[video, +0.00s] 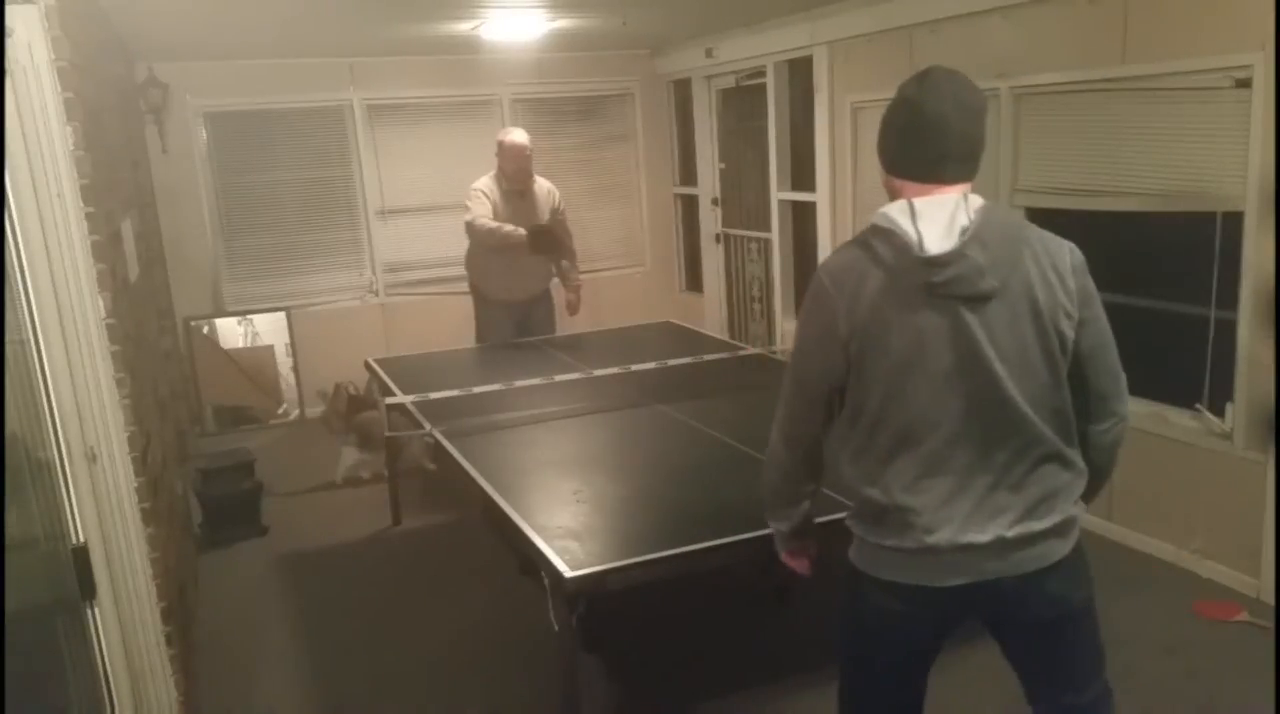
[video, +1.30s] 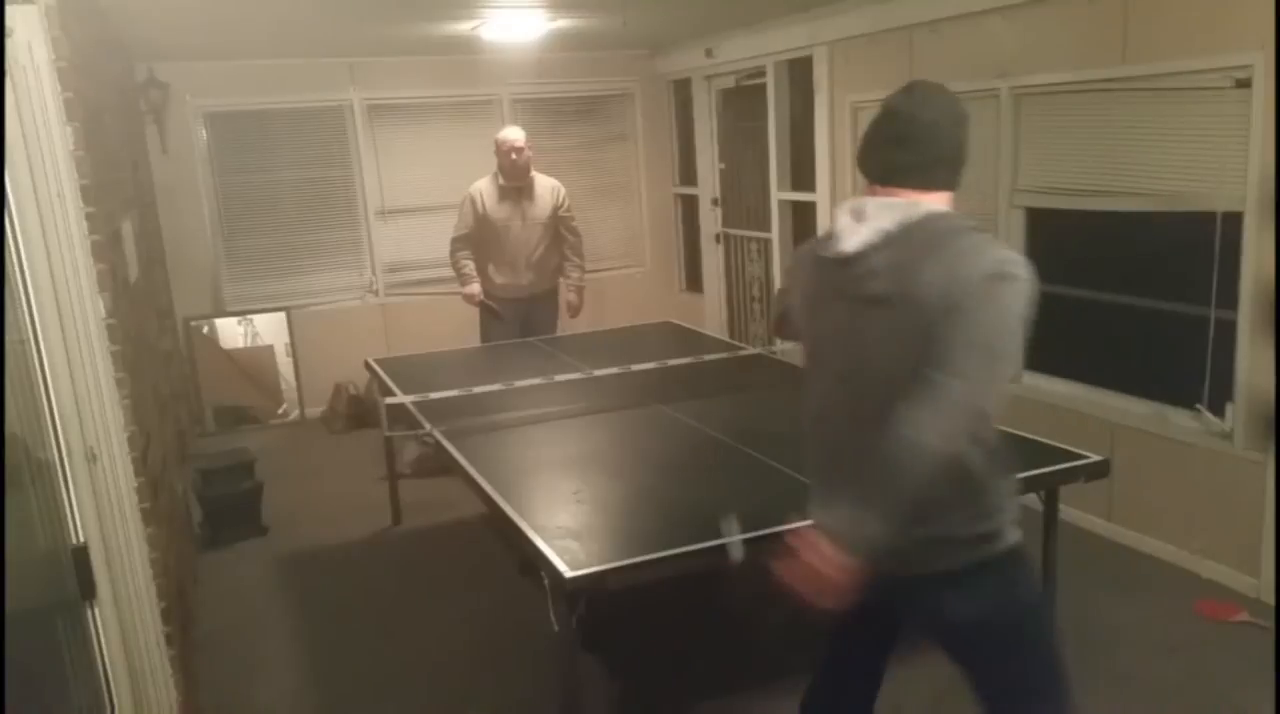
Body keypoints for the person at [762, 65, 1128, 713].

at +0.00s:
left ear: (886, 161)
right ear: (976, 156)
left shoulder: (845, 279)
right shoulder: (1056, 264)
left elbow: (796, 427)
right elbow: (1107, 412)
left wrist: (789, 522)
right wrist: (1070, 490)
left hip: (896, 578)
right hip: (1040, 570)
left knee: (878, 707)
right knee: (1078, 705)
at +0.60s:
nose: (913, 188)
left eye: (914, 175)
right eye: (918, 173)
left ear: (923, 181)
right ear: (1009, 171)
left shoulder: (890, 293)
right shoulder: (1093, 274)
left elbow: (839, 440)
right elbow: (1131, 408)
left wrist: (880, 504)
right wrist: (1063, 472)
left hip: (938, 588)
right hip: (1074, 584)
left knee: (874, 704)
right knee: (1093, 708)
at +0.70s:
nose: (914, 194)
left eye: (914, 182)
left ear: (921, 186)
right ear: (1009, 176)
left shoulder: (890, 294)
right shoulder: (1095, 274)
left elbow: (836, 430)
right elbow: (1139, 411)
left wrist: (917, 461)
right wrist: (1064, 464)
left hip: (940, 589)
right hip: (1073, 584)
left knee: (875, 703)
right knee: (1086, 706)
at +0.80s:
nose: (913, 197)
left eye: (912, 183)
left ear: (918, 188)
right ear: (1007, 178)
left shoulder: (880, 292)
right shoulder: (1092, 276)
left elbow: (808, 402)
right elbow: (1165, 405)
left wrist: (883, 387)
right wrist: (1151, 493)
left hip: (925, 586)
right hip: (1067, 583)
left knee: (867, 705)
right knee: (1092, 708)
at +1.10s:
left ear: (898, 183)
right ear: (990, 179)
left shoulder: (855, 278)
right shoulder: (1057, 279)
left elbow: (790, 328)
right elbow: (1166, 427)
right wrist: (1201, 562)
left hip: (889, 576)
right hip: (1026, 577)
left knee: (851, 701)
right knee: (1087, 705)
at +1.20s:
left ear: (881, 173)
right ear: (972, 174)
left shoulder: (837, 266)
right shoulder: (1027, 279)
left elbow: (790, 317)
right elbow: (1043, 458)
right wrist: (1017, 589)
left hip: (871, 555)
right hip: (989, 565)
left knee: (846, 694)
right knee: (1061, 702)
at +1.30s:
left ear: (867, 166)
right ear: (956, 170)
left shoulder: (816, 262)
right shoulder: (990, 269)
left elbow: (793, 326)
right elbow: (940, 418)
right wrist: (848, 532)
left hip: (852, 562)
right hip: (964, 562)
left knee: (834, 701)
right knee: (1033, 702)